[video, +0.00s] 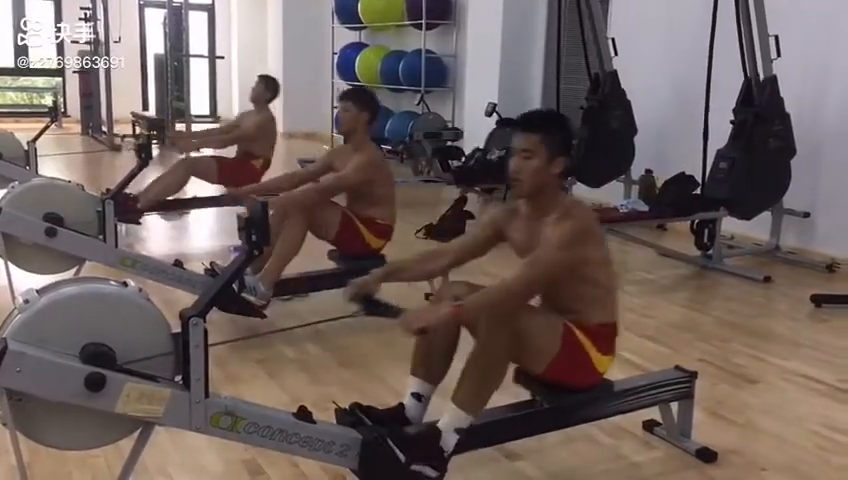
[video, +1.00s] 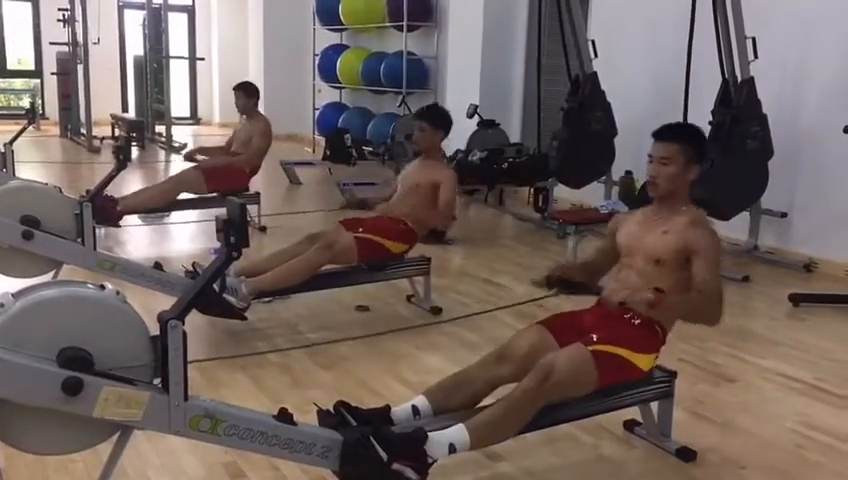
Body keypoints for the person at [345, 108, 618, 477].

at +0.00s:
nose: (513, 166)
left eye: (526, 157)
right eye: (512, 155)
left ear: (558, 166)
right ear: (509, 159)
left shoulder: (573, 223)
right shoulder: (507, 216)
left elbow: (521, 286)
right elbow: (446, 256)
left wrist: (449, 311)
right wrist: (381, 275)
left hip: (587, 349)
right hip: (547, 330)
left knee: (501, 321)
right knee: (452, 293)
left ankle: (441, 444)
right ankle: (411, 414)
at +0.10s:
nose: (559, 156)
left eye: (573, 148)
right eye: (559, 146)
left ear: (604, 159)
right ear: (556, 151)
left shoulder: (613, 219)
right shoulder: (548, 210)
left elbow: (562, 278)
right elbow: (477, 251)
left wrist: (496, 300)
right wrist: (421, 266)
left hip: (609, 345)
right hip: (570, 326)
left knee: (520, 328)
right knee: (463, 310)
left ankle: (440, 445)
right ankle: (408, 415)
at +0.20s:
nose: (609, 152)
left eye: (623, 144)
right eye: (608, 142)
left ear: (650, 153)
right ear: (604, 146)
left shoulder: (657, 215)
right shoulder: (588, 205)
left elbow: (605, 268)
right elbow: (520, 244)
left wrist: (538, 285)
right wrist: (466, 254)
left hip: (629, 339)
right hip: (588, 315)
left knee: (541, 342)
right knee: (486, 320)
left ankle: (440, 445)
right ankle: (405, 417)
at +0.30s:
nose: (653, 159)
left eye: (664, 152)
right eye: (652, 150)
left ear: (692, 160)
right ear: (650, 153)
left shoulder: (691, 223)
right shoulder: (630, 209)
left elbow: (642, 268)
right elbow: (564, 242)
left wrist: (592, 273)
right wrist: (507, 251)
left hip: (641, 333)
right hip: (602, 314)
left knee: (548, 365)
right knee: (503, 341)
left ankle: (437, 449)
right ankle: (405, 418)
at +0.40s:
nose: (680, 176)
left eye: (692, 170)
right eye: (679, 167)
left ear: (718, 182)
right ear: (675, 169)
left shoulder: (721, 232)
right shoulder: (648, 217)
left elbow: (689, 278)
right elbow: (596, 257)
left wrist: (638, 270)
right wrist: (555, 252)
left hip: (642, 335)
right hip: (603, 311)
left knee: (548, 371)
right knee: (507, 353)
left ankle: (435, 450)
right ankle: (400, 420)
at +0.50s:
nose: (688, 188)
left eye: (701, 182)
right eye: (688, 179)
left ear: (726, 194)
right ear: (684, 182)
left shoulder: (733, 243)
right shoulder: (658, 227)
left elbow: (739, 309)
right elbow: (627, 272)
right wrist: (599, 259)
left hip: (639, 337)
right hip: (600, 314)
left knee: (546, 372)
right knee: (509, 350)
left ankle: (432, 452)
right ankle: (397, 419)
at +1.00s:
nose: (652, 170)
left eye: (665, 163)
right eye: (652, 160)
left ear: (692, 172)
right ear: (649, 165)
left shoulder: (698, 232)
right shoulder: (629, 219)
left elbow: (711, 311)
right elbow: (593, 268)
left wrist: (665, 302)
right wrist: (565, 272)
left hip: (635, 337)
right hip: (594, 315)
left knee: (544, 376)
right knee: (506, 356)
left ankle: (427, 453)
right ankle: (395, 419)